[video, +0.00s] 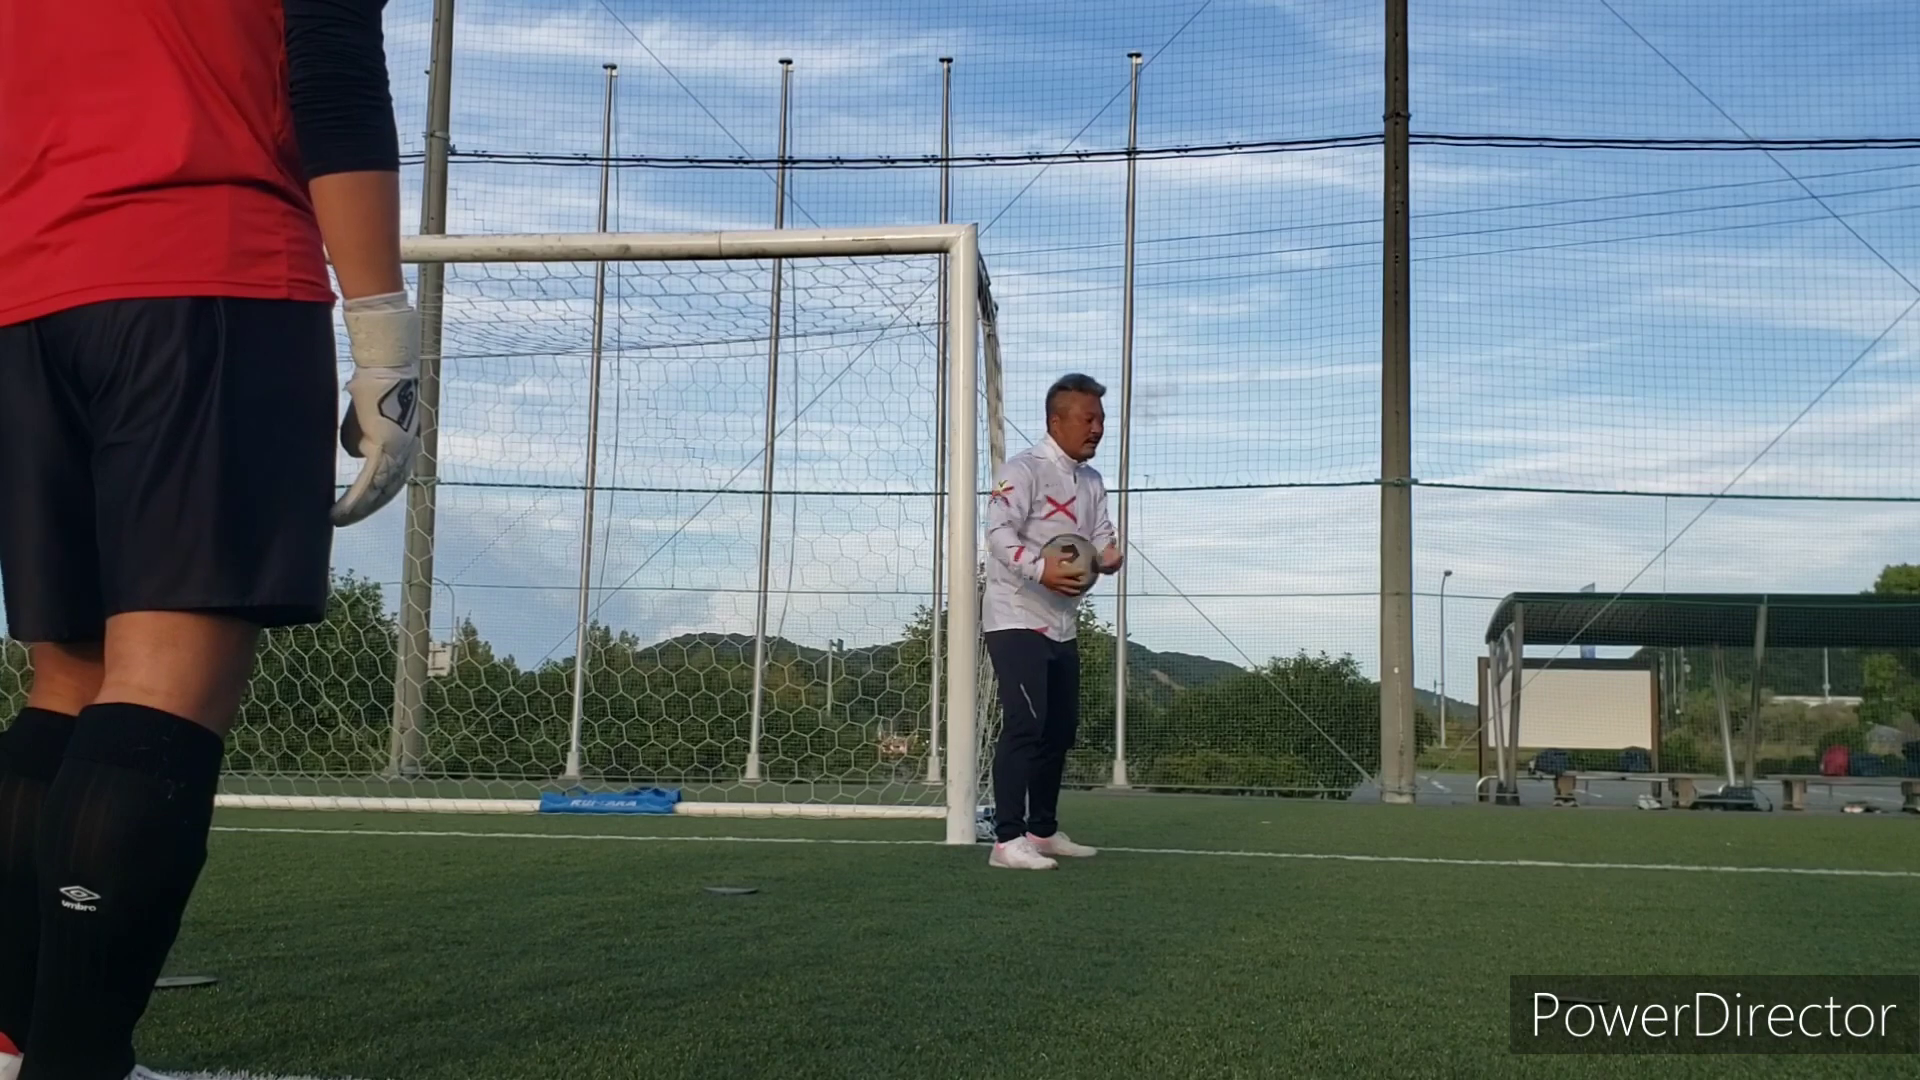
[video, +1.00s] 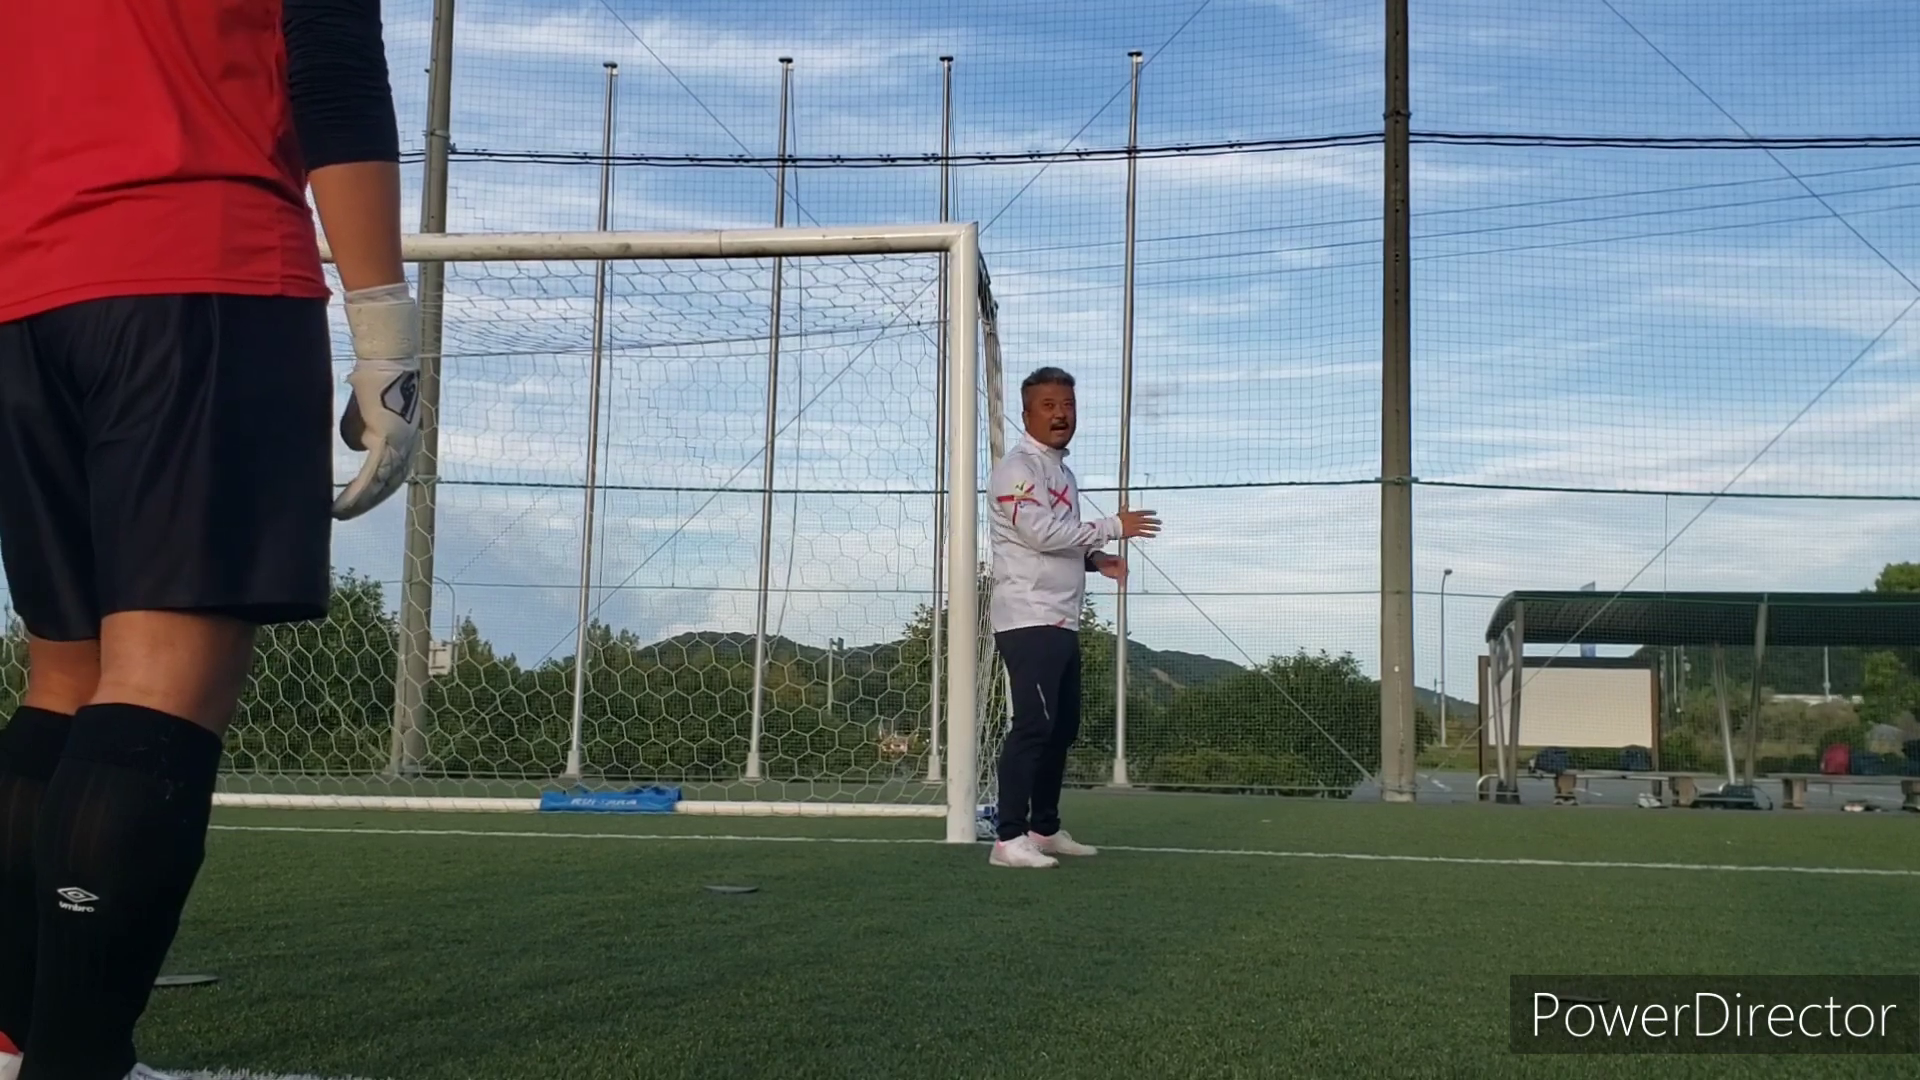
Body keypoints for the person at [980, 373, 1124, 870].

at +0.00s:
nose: (1098, 428)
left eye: (1101, 419)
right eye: (1088, 419)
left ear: (1099, 422)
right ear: (1055, 421)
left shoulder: (1092, 481)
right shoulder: (1023, 469)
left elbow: (1102, 538)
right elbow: (998, 535)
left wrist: (1106, 558)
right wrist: (1040, 567)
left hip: (1061, 620)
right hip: (1014, 616)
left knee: (1060, 726)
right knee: (1027, 721)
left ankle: (1041, 832)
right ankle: (1008, 841)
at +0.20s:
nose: (1099, 425)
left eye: (1099, 416)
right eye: (1087, 418)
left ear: (1094, 419)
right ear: (1054, 423)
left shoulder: (1093, 476)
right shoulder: (1016, 470)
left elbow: (1099, 531)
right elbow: (953, 510)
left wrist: (1104, 564)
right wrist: (910, 551)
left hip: (1066, 622)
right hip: (1021, 618)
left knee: (1062, 729)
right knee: (1032, 724)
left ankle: (1042, 831)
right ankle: (1008, 841)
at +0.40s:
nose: (1094, 415)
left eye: (1094, 406)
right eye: (1084, 408)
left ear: (1085, 412)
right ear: (1050, 416)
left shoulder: (1083, 469)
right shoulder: (1019, 468)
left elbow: (1083, 526)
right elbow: (986, 543)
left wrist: (1100, 563)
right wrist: (966, 606)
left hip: (1066, 624)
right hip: (1025, 621)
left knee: (1062, 727)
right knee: (1031, 725)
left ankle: (1045, 827)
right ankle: (1008, 840)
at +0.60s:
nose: (1078, 410)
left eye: (1081, 401)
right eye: (1065, 402)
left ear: (1083, 405)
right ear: (1035, 409)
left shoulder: (1068, 464)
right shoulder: (1023, 461)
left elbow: (1067, 527)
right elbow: (1079, 505)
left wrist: (1098, 554)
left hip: (1056, 616)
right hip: (1019, 613)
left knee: (1062, 719)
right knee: (1028, 722)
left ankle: (1047, 825)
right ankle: (1008, 840)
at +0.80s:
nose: (1062, 409)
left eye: (1069, 401)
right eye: (1050, 400)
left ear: (1077, 408)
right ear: (1027, 407)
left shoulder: (1060, 463)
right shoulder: (1020, 456)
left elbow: (1059, 532)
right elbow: (1088, 475)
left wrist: (1089, 555)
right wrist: (1128, 442)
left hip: (1058, 616)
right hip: (1022, 614)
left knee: (1059, 724)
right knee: (1030, 724)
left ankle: (1045, 827)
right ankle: (1008, 840)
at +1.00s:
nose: (1061, 413)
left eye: (1068, 405)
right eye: (1048, 405)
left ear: (1076, 413)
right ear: (1026, 414)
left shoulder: (1063, 475)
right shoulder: (1014, 469)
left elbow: (1060, 537)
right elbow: (1040, 531)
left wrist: (1094, 560)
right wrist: (1111, 527)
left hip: (1061, 620)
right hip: (1027, 618)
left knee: (1061, 726)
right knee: (1032, 725)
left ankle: (1043, 830)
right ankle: (1009, 839)